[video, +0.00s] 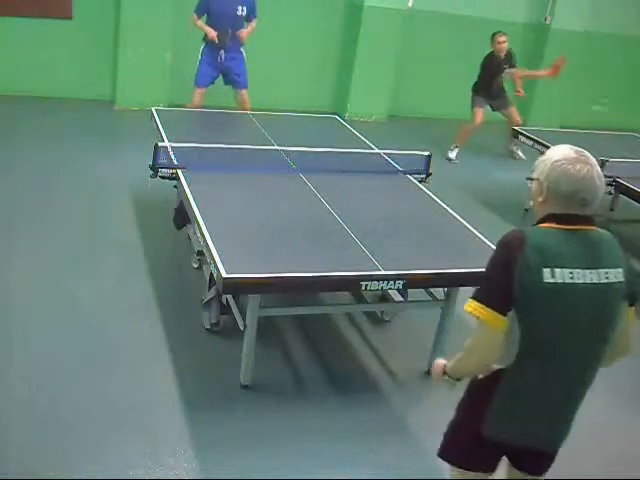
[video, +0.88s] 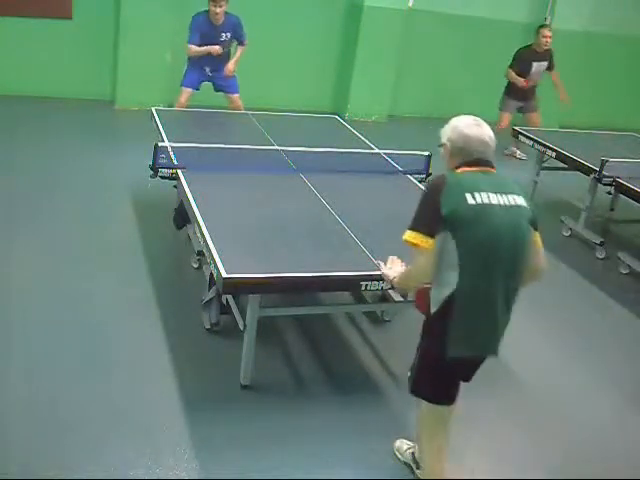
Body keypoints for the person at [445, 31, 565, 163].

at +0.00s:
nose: (502, 45)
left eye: (504, 42)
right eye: (499, 43)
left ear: (507, 43)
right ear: (492, 45)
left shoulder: (509, 54)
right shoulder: (490, 61)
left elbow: (514, 72)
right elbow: (518, 73)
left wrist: (518, 88)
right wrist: (546, 73)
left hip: (498, 91)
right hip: (480, 92)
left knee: (516, 121)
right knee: (477, 121)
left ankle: (513, 147)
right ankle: (455, 148)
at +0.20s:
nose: (523, 43)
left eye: (525, 40)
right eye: (519, 40)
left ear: (526, 42)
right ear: (512, 42)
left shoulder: (523, 56)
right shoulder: (508, 57)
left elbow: (530, 72)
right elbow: (531, 70)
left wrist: (532, 91)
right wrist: (555, 65)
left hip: (506, 92)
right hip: (490, 92)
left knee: (521, 122)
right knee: (485, 122)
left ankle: (511, 148)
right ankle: (458, 147)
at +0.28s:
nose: (528, 42)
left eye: (530, 39)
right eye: (524, 39)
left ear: (532, 41)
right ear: (517, 40)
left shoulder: (529, 55)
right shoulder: (510, 55)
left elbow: (533, 73)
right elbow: (527, 74)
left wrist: (539, 91)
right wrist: (553, 69)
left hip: (510, 93)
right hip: (493, 92)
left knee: (523, 123)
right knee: (486, 122)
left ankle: (512, 149)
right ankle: (461, 148)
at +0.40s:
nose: (534, 39)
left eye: (537, 35)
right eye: (531, 35)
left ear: (539, 38)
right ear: (524, 37)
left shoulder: (536, 54)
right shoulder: (512, 53)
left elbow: (538, 71)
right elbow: (511, 76)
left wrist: (542, 83)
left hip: (517, 90)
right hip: (499, 89)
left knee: (524, 122)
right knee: (489, 119)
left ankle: (523, 153)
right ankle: (470, 146)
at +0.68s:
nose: (542, 38)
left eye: (544, 35)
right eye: (539, 34)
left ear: (546, 37)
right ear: (531, 36)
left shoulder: (540, 52)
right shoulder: (517, 50)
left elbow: (538, 70)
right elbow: (501, 70)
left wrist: (539, 84)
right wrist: (516, 85)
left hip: (519, 88)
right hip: (501, 86)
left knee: (527, 121)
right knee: (491, 121)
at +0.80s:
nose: (546, 40)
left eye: (548, 37)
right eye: (543, 36)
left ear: (550, 39)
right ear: (536, 37)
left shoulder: (544, 54)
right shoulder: (522, 52)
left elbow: (545, 72)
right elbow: (507, 72)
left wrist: (550, 86)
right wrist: (520, 81)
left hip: (524, 91)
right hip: (508, 90)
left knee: (530, 123)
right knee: (500, 123)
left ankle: (513, 145)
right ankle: (495, 149)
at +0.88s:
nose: (547, 40)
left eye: (549, 37)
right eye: (544, 37)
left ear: (551, 39)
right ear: (537, 37)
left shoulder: (548, 54)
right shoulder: (523, 52)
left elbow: (553, 73)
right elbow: (509, 72)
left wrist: (561, 92)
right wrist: (518, 80)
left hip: (530, 93)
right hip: (513, 92)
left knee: (535, 124)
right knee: (503, 125)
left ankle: (514, 147)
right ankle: (487, 147)